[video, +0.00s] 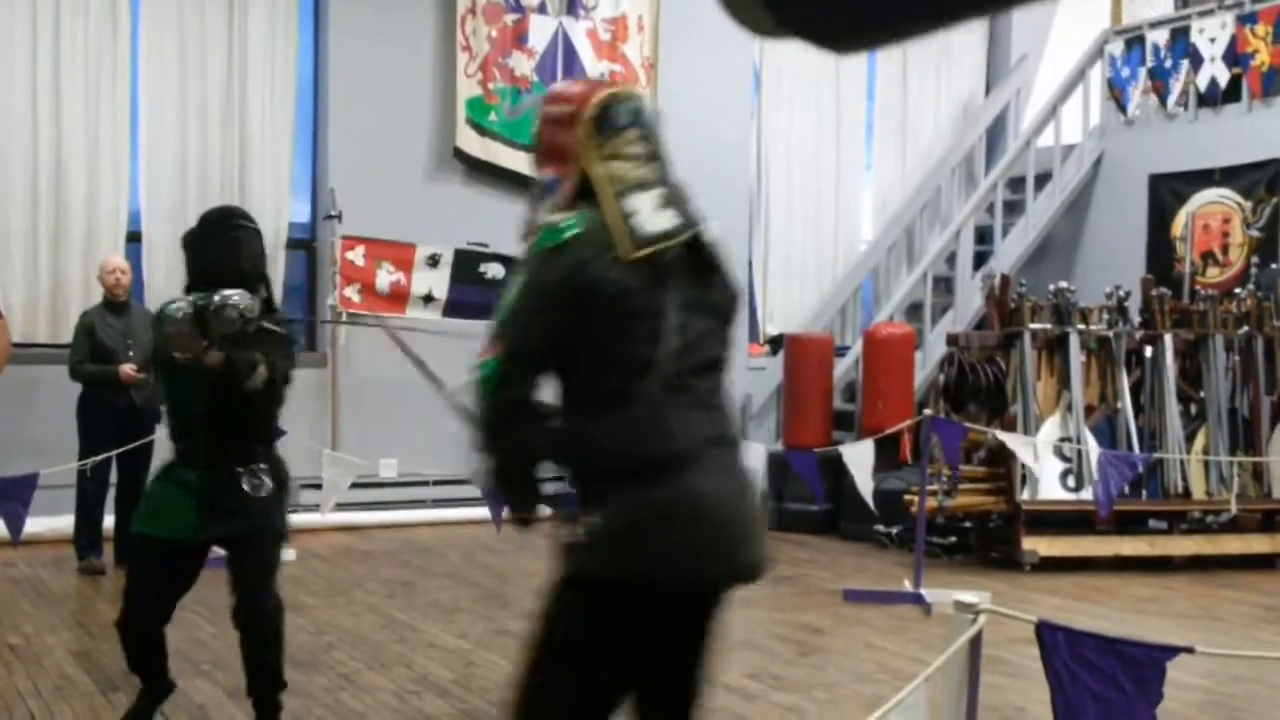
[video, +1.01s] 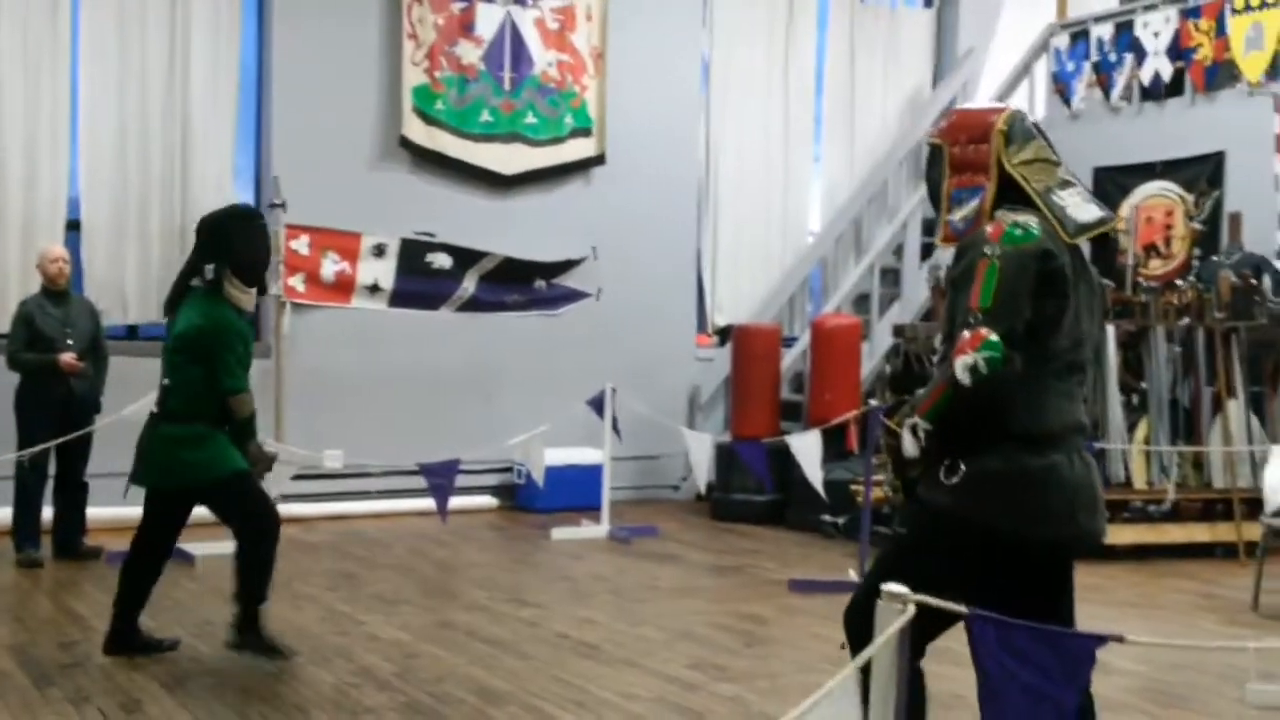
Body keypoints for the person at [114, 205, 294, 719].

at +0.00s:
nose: (220, 279)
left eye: (229, 267)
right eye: (209, 265)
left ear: (249, 268)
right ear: (196, 268)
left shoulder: (270, 337)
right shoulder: (177, 323)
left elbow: (263, 393)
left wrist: (225, 357)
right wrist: (189, 341)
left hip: (254, 480)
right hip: (187, 481)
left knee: (257, 605)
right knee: (140, 609)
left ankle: (267, 708)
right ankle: (155, 684)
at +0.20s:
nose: (223, 273)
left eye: (231, 261)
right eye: (211, 262)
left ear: (241, 260)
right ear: (183, 261)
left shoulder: (248, 322)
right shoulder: (155, 316)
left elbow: (253, 387)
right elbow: (136, 374)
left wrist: (232, 385)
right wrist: (169, 385)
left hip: (224, 458)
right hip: (156, 460)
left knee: (264, 569)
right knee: (134, 589)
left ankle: (224, 650)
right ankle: (157, 693)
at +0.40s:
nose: (222, 264)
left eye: (226, 253)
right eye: (212, 254)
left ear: (231, 261)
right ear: (184, 260)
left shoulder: (238, 329)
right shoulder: (152, 326)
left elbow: (253, 395)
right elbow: (149, 397)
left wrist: (255, 427)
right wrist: (203, 437)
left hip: (216, 461)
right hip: (155, 460)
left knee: (237, 551)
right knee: (137, 561)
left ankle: (201, 609)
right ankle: (152, 683)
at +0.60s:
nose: (246, 262)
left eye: (244, 253)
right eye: (237, 254)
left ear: (209, 264)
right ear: (212, 263)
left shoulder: (232, 323)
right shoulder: (179, 331)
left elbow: (236, 394)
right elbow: (204, 413)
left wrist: (257, 447)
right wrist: (255, 455)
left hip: (213, 452)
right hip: (171, 455)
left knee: (215, 548)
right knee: (186, 549)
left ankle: (175, 628)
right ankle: (176, 664)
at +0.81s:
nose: (263, 249)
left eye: (261, 239)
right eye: (255, 240)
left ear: (219, 251)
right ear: (230, 249)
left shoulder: (224, 305)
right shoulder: (205, 315)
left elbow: (224, 386)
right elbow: (220, 396)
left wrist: (238, 439)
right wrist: (240, 443)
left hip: (189, 442)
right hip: (178, 444)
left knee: (172, 540)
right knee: (232, 530)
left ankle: (149, 631)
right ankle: (233, 640)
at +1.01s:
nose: (268, 257)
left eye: (266, 247)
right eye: (261, 248)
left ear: (218, 254)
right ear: (242, 256)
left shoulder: (199, 302)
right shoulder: (225, 320)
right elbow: (237, 397)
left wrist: (243, 439)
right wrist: (250, 445)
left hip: (173, 444)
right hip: (197, 448)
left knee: (153, 541)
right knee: (260, 523)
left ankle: (123, 630)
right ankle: (248, 628)